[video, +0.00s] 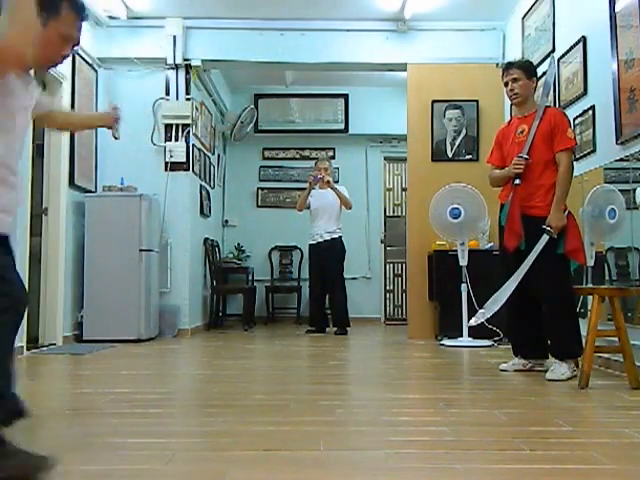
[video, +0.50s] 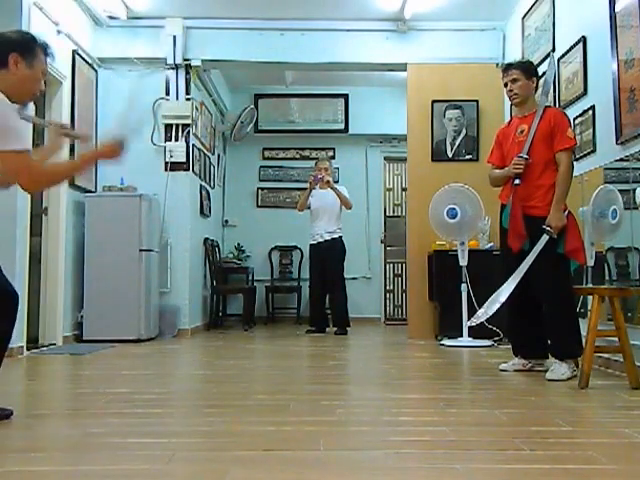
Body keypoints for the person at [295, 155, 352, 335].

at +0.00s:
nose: (322, 173)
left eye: (325, 170)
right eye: (319, 170)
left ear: (330, 172)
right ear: (314, 172)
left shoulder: (339, 189)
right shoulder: (311, 193)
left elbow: (348, 206)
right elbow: (299, 208)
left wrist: (332, 188)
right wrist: (309, 188)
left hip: (333, 241)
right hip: (315, 243)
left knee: (336, 285)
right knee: (316, 286)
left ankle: (341, 324)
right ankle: (318, 324)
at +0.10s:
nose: (322, 173)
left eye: (325, 170)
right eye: (319, 170)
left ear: (330, 172)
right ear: (314, 172)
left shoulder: (339, 189)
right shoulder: (311, 193)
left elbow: (348, 206)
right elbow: (299, 208)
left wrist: (332, 188)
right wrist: (309, 188)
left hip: (333, 241)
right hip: (315, 243)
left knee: (336, 285)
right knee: (316, 286)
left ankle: (341, 324)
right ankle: (318, 324)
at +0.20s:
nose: (322, 173)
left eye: (325, 170)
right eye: (319, 170)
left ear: (330, 172)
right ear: (314, 172)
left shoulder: (339, 189)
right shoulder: (311, 193)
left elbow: (348, 206)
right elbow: (300, 208)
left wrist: (332, 187)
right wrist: (309, 188)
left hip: (334, 241)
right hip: (315, 243)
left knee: (336, 285)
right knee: (316, 286)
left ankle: (341, 324)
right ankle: (318, 324)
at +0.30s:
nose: (322, 173)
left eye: (325, 170)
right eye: (319, 170)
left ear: (330, 172)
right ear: (315, 172)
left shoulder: (339, 189)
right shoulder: (311, 193)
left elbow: (348, 206)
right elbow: (300, 208)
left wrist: (332, 187)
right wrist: (309, 188)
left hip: (334, 241)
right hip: (315, 243)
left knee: (336, 285)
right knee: (316, 286)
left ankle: (341, 325)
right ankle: (318, 324)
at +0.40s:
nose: (322, 173)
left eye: (325, 170)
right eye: (319, 170)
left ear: (330, 172)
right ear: (315, 172)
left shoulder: (339, 190)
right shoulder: (311, 193)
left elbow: (348, 206)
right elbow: (300, 208)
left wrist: (332, 188)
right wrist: (309, 188)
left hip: (334, 241)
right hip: (316, 243)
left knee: (336, 285)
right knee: (316, 286)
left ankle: (341, 324)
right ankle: (318, 324)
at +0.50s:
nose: (322, 173)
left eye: (325, 170)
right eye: (319, 170)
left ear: (330, 172)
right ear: (315, 172)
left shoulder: (339, 189)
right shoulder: (311, 193)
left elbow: (348, 206)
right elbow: (300, 208)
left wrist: (332, 188)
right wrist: (309, 188)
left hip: (334, 241)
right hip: (316, 243)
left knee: (336, 285)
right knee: (316, 286)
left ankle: (341, 325)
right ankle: (318, 324)